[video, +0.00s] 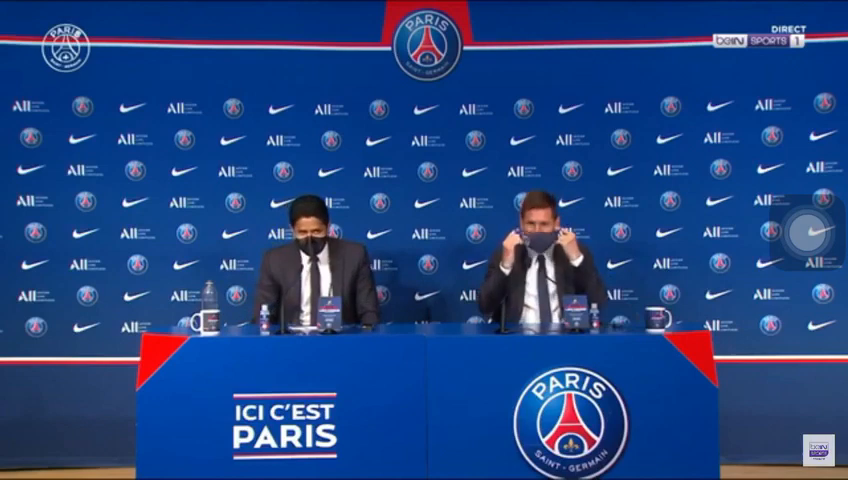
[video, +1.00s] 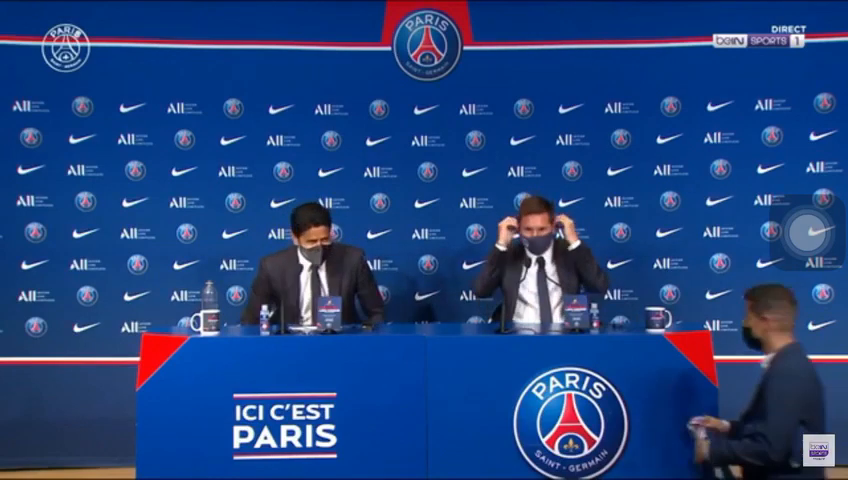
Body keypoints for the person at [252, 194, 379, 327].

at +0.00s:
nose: (310, 238)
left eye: (317, 231)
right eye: (302, 232)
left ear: (327, 227)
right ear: (293, 230)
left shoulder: (354, 254)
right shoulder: (275, 259)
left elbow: (368, 312)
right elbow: (263, 315)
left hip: (342, 346)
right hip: (291, 346)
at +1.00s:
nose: (319, 247)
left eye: (324, 239)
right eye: (312, 241)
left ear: (331, 234)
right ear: (295, 238)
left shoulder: (352, 259)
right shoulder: (272, 266)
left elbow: (377, 313)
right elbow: (251, 320)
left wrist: (362, 337)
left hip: (342, 349)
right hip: (291, 350)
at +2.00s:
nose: (314, 258)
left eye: (320, 251)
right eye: (307, 254)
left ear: (327, 241)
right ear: (290, 246)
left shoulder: (347, 259)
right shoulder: (268, 263)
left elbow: (374, 303)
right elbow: (238, 303)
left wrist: (366, 335)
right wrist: (252, 338)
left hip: (338, 347)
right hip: (286, 348)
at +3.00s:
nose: (316, 244)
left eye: (321, 235)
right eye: (307, 237)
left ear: (329, 230)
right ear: (295, 234)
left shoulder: (349, 251)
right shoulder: (272, 257)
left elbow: (367, 317)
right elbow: (257, 315)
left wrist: (350, 277)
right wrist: (287, 288)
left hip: (337, 343)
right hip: (289, 344)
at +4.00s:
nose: (337, 226)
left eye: (343, 218)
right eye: (331, 218)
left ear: (350, 212)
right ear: (315, 210)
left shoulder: (363, 226)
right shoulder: (283, 229)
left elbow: (373, 272)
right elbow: (268, 282)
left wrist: (361, 278)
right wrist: (312, 295)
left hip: (346, 326)